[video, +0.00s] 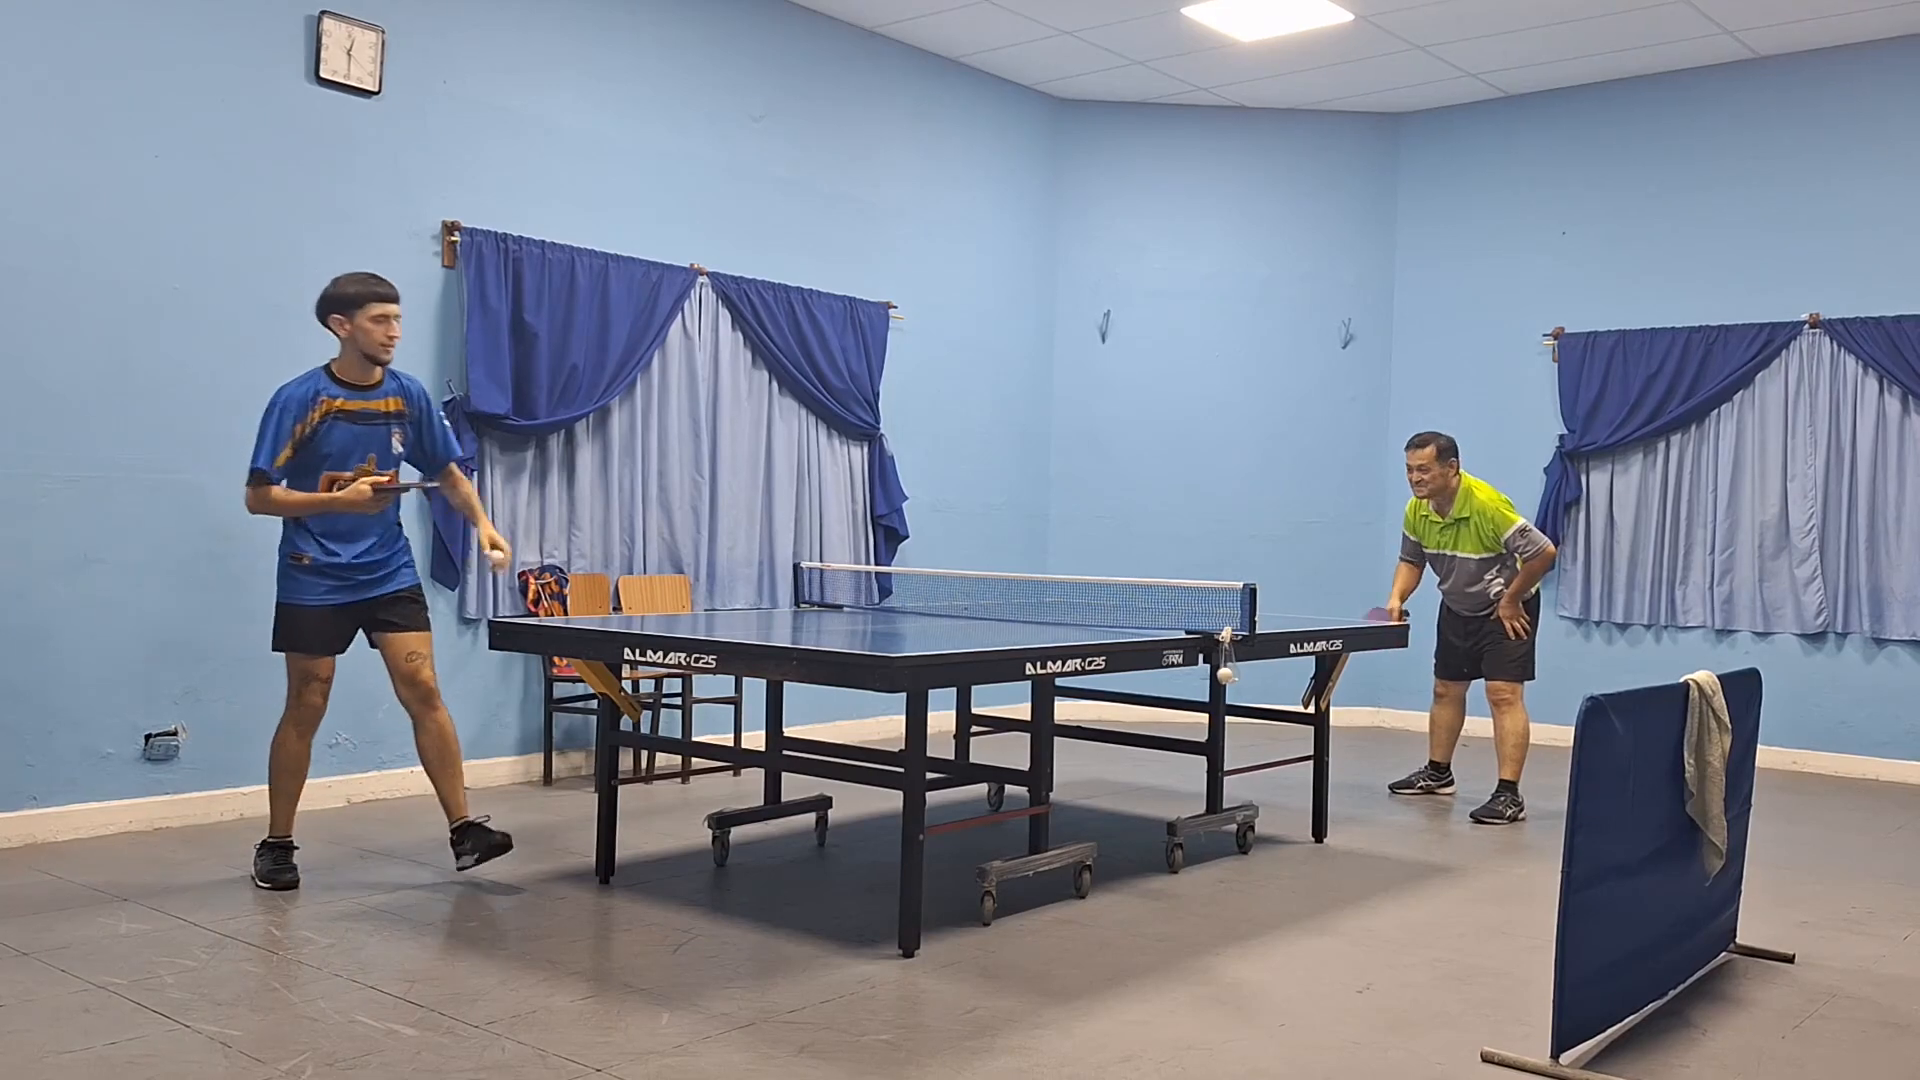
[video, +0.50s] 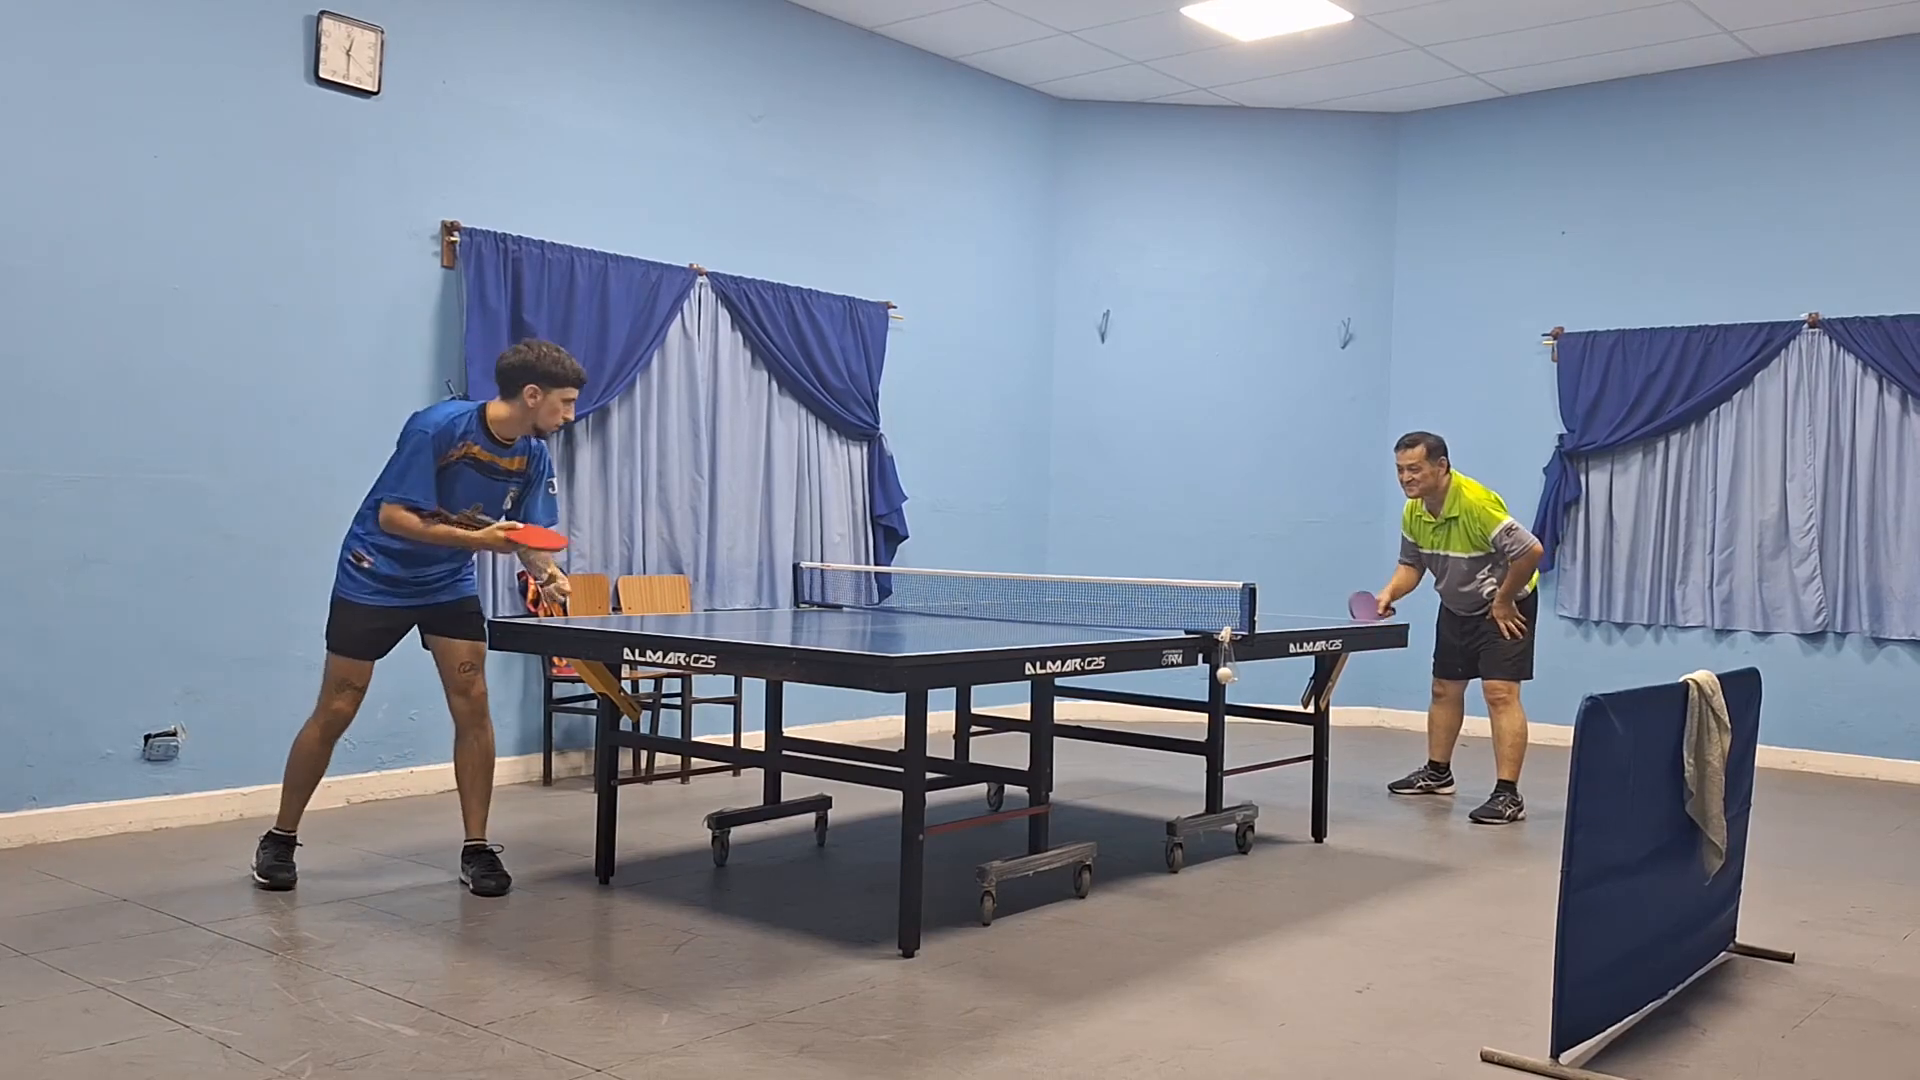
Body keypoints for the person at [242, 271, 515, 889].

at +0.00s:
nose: (394, 330)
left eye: (397, 320)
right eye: (381, 320)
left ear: (397, 326)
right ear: (340, 325)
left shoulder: (409, 396)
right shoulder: (298, 399)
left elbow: (447, 471)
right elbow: (258, 496)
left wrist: (483, 523)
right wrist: (336, 500)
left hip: (389, 570)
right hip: (314, 577)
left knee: (421, 687)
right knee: (307, 704)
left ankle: (463, 828)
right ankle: (278, 844)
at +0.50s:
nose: (570, 416)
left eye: (574, 404)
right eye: (566, 403)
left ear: (536, 399)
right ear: (531, 395)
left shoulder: (534, 458)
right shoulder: (436, 429)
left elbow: (528, 536)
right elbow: (391, 516)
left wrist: (547, 574)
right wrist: (472, 540)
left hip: (449, 580)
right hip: (374, 577)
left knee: (471, 696)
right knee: (337, 709)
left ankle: (477, 847)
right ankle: (281, 839)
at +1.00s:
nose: (483, 412)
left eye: (488, 400)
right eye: (472, 400)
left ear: (489, 397)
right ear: (432, 393)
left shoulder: (485, 451)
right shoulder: (363, 440)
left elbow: (531, 525)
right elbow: (334, 532)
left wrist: (521, 562)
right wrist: (395, 545)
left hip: (428, 586)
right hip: (343, 585)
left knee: (470, 695)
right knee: (300, 717)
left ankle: (478, 846)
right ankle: (246, 846)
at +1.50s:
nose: (481, 457)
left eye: (487, 443)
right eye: (470, 443)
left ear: (493, 439)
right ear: (433, 437)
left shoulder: (486, 485)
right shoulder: (372, 476)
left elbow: (525, 550)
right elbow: (340, 574)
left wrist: (537, 563)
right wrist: (412, 566)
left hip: (416, 606)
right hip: (335, 607)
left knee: (473, 701)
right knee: (290, 733)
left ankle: (491, 846)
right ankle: (243, 849)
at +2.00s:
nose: (523, 564)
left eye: (527, 554)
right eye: (513, 554)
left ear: (528, 548)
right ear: (472, 545)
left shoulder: (513, 564)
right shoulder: (409, 567)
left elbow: (556, 598)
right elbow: (402, 673)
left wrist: (588, 609)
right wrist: (479, 650)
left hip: (438, 663)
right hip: (363, 663)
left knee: (519, 715)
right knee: (289, 780)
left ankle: (493, 850)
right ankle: (254, 850)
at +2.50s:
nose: (507, 540)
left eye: (512, 528)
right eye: (496, 528)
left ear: (511, 526)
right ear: (455, 522)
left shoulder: (499, 556)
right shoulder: (391, 553)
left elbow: (542, 594)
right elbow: (368, 650)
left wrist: (574, 612)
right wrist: (445, 646)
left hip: (428, 660)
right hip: (351, 661)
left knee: (511, 716)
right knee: (282, 785)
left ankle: (490, 851)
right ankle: (251, 853)